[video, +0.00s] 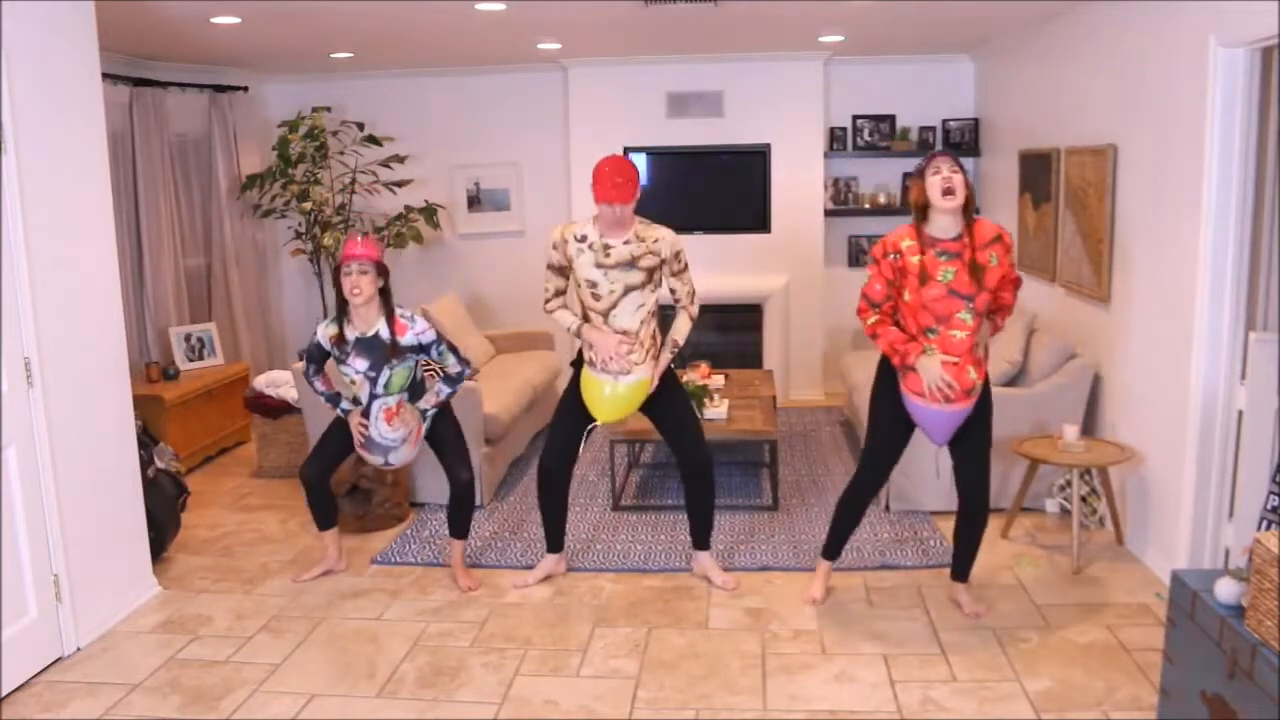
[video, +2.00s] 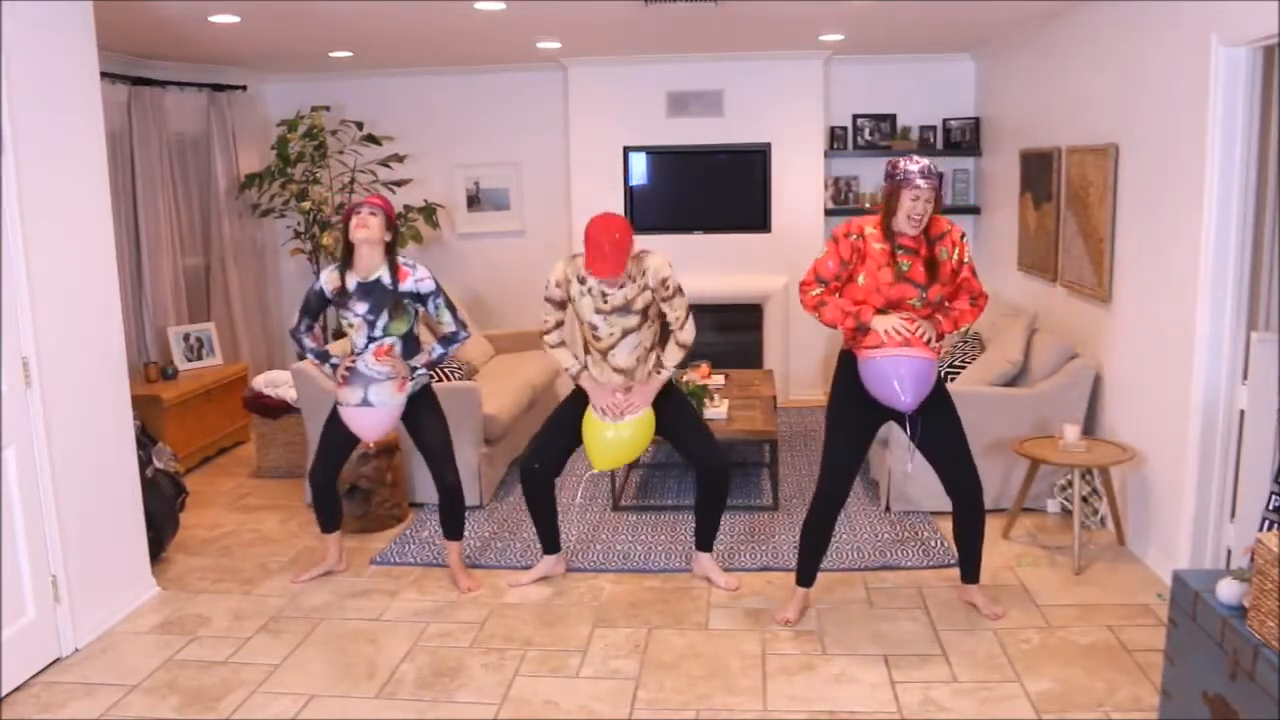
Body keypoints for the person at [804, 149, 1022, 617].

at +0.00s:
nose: (946, 177)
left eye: (954, 171)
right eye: (935, 173)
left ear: (967, 186)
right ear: (921, 190)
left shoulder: (991, 239)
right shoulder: (896, 246)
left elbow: (1008, 288)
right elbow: (871, 311)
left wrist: (987, 327)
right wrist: (915, 356)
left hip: (969, 374)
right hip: (905, 370)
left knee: (975, 489)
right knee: (872, 473)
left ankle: (960, 580)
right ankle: (825, 564)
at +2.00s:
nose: (920, 208)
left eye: (928, 200)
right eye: (912, 198)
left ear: (936, 202)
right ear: (890, 195)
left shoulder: (948, 238)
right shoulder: (856, 235)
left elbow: (973, 298)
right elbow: (812, 290)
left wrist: (938, 324)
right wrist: (868, 318)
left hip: (922, 370)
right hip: (861, 368)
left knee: (967, 487)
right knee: (832, 486)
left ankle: (971, 584)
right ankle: (801, 591)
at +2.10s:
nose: (920, 206)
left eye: (928, 198)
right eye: (912, 196)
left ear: (935, 201)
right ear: (889, 196)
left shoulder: (947, 238)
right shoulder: (855, 237)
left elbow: (974, 297)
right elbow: (812, 293)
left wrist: (938, 327)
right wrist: (869, 322)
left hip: (921, 370)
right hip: (861, 368)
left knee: (967, 487)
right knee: (832, 487)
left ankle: (971, 585)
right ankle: (801, 591)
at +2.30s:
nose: (920, 204)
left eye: (927, 196)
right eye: (911, 194)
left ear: (934, 199)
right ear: (889, 195)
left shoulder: (946, 239)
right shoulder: (855, 237)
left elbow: (972, 299)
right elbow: (812, 295)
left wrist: (937, 327)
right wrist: (868, 323)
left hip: (921, 371)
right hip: (861, 369)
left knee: (967, 489)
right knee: (832, 488)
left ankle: (971, 585)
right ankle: (801, 591)